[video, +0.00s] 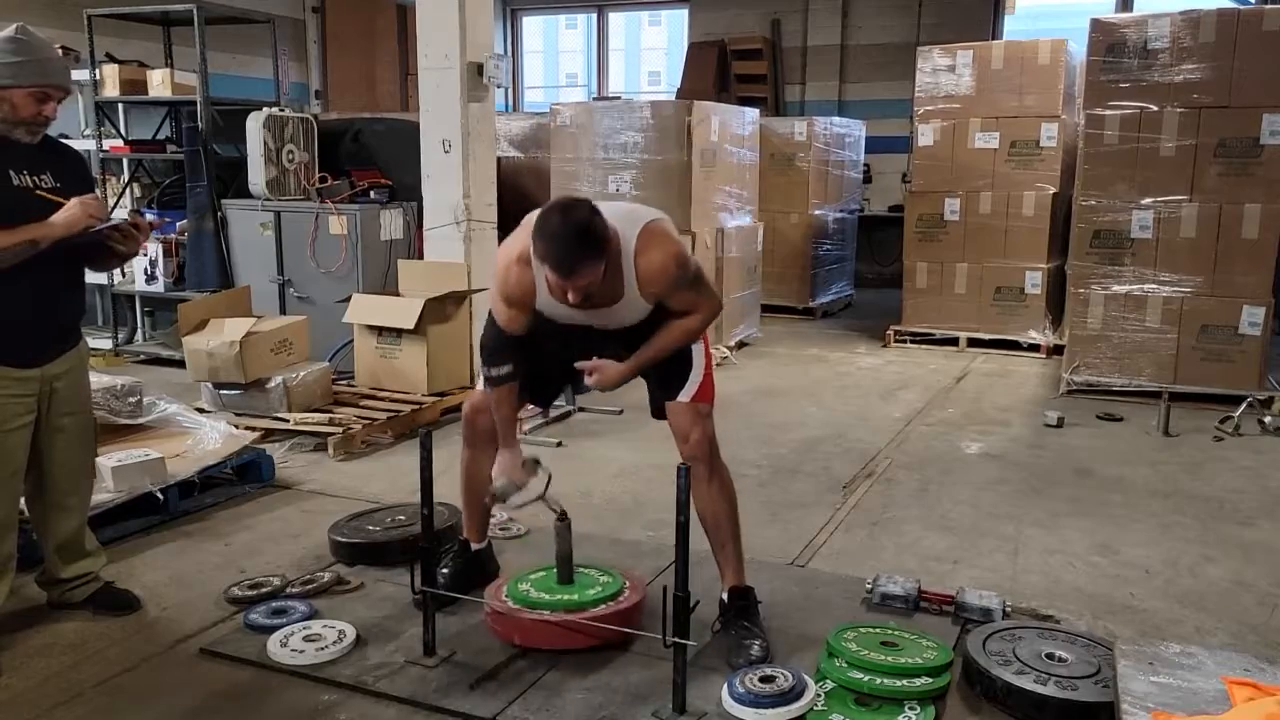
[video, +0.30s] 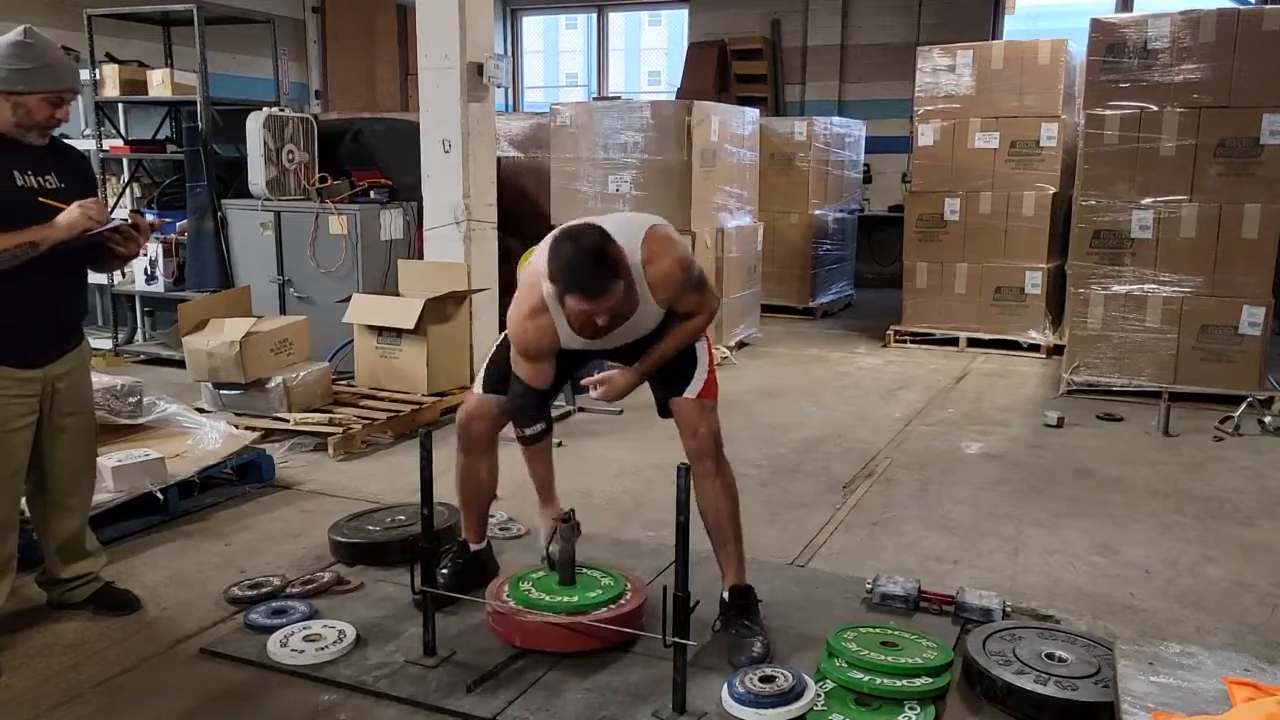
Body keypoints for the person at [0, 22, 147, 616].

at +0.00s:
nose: (52, 110)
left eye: (58, 99)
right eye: (43, 98)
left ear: (58, 96)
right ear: (5, 90)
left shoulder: (67, 161)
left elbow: (78, 253)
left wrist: (117, 249)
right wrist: (49, 228)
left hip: (64, 350)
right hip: (5, 359)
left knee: (68, 475)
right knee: (7, 490)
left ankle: (73, 580)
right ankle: (1, 597)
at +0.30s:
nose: (65, 112)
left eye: (69, 100)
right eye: (54, 101)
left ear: (65, 97)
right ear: (13, 95)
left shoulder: (71, 162)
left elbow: (82, 252)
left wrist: (119, 251)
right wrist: (50, 231)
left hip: (66, 351)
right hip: (6, 360)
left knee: (69, 475)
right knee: (7, 491)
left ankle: (73, 580)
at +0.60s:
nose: (60, 113)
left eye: (66, 101)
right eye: (49, 100)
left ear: (67, 98)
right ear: (10, 92)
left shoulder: (72, 161)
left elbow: (85, 253)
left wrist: (120, 251)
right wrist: (53, 232)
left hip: (67, 352)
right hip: (7, 360)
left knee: (70, 477)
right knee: (7, 492)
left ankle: (74, 581)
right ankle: (1, 599)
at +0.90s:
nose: (56, 110)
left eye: (62, 99)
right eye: (45, 97)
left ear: (64, 97)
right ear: (7, 91)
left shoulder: (72, 161)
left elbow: (88, 254)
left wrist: (121, 251)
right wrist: (52, 232)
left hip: (68, 351)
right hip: (6, 360)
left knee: (70, 476)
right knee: (6, 491)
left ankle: (73, 580)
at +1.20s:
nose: (52, 109)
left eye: (59, 98)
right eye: (41, 96)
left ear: (64, 95)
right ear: (5, 89)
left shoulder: (70, 160)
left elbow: (86, 253)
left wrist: (118, 249)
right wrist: (52, 232)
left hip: (68, 350)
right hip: (7, 359)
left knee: (70, 475)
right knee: (7, 491)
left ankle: (73, 580)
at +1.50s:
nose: (47, 107)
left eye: (55, 96)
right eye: (36, 93)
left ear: (61, 95)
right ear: (1, 85)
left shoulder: (69, 160)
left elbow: (87, 250)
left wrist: (118, 248)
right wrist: (47, 231)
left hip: (67, 350)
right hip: (6, 359)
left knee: (70, 476)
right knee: (6, 492)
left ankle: (73, 579)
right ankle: (1, 599)